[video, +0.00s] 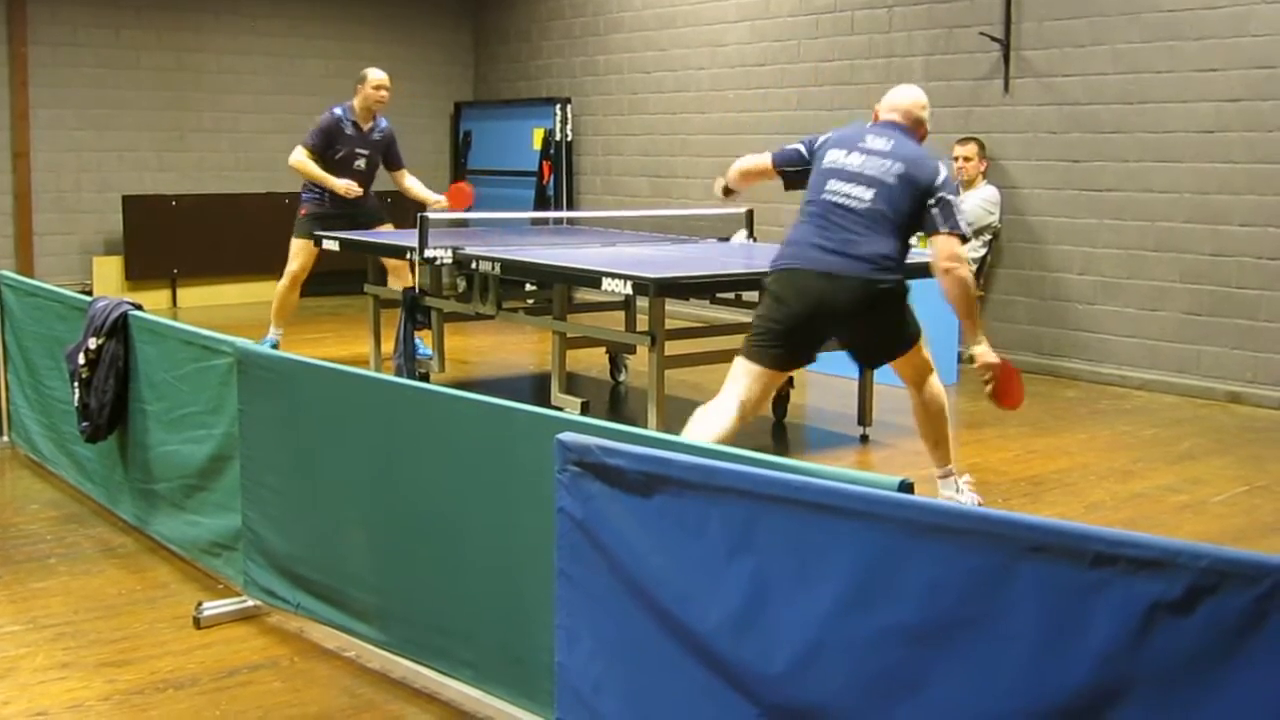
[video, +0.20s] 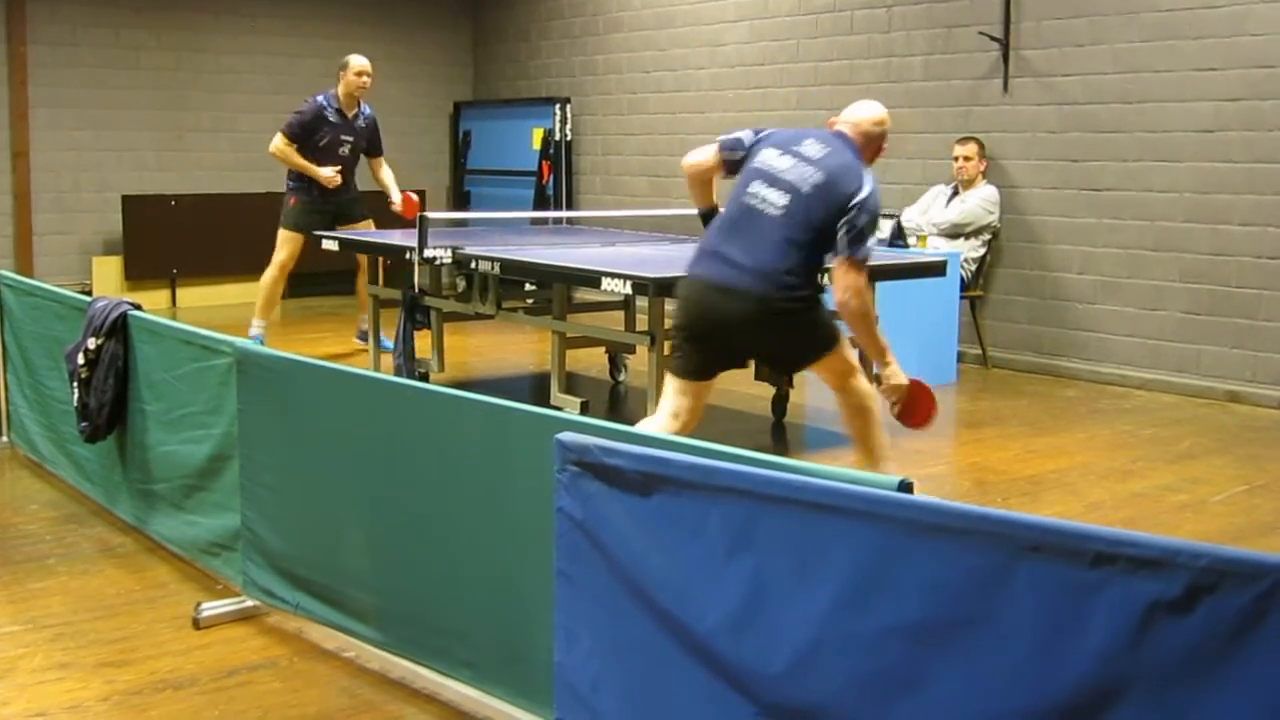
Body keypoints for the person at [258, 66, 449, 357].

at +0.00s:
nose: (383, 95)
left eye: (387, 90)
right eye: (377, 88)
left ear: (389, 95)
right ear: (360, 90)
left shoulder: (384, 131)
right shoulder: (334, 120)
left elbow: (402, 177)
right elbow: (297, 158)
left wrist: (431, 198)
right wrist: (334, 182)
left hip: (362, 204)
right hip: (319, 203)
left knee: (398, 262)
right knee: (294, 272)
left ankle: (410, 337)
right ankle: (273, 337)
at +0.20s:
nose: (365, 81)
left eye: (369, 76)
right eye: (359, 75)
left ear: (371, 81)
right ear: (342, 76)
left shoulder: (366, 118)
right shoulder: (316, 109)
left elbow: (378, 164)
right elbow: (278, 147)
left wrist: (394, 193)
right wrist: (316, 172)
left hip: (345, 195)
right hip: (305, 195)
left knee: (370, 258)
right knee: (282, 263)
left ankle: (366, 328)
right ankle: (257, 332)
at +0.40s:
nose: (351, 97)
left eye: (355, 92)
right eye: (345, 90)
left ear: (357, 97)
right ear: (328, 93)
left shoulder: (353, 133)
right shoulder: (304, 127)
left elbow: (364, 173)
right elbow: (271, 169)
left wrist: (373, 196)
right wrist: (314, 185)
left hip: (332, 208)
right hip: (292, 207)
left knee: (362, 267)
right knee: (268, 272)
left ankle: (359, 333)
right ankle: (236, 337)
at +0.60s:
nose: (351, 112)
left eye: (354, 107)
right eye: (345, 105)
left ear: (355, 111)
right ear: (326, 106)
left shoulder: (343, 145)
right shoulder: (300, 139)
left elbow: (345, 186)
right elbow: (281, 187)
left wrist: (359, 208)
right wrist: (325, 201)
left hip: (320, 213)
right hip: (283, 211)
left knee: (356, 266)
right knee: (269, 278)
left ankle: (358, 335)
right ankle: (233, 340)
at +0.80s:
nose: (364, 128)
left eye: (367, 123)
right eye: (359, 120)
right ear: (340, 119)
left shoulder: (334, 150)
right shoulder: (323, 145)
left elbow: (321, 204)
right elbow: (332, 200)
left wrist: (331, 240)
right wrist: (368, 213)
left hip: (308, 221)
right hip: (280, 220)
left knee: (351, 272)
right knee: (273, 294)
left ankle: (342, 345)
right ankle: (231, 349)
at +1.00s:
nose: (383, 150)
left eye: (385, 145)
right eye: (379, 143)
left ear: (358, 141)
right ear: (360, 139)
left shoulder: (330, 157)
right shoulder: (350, 165)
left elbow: (291, 195)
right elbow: (382, 208)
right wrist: (415, 242)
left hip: (315, 239)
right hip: (297, 237)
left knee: (357, 282)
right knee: (290, 312)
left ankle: (346, 356)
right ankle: (227, 356)